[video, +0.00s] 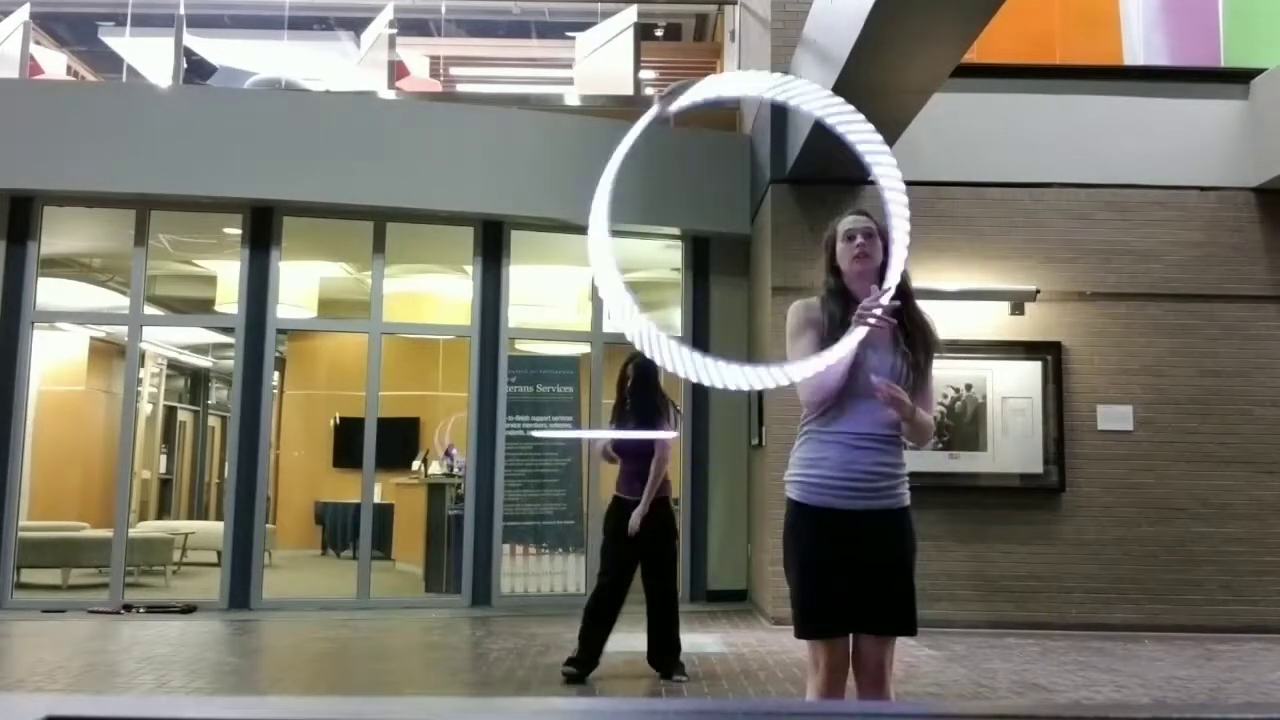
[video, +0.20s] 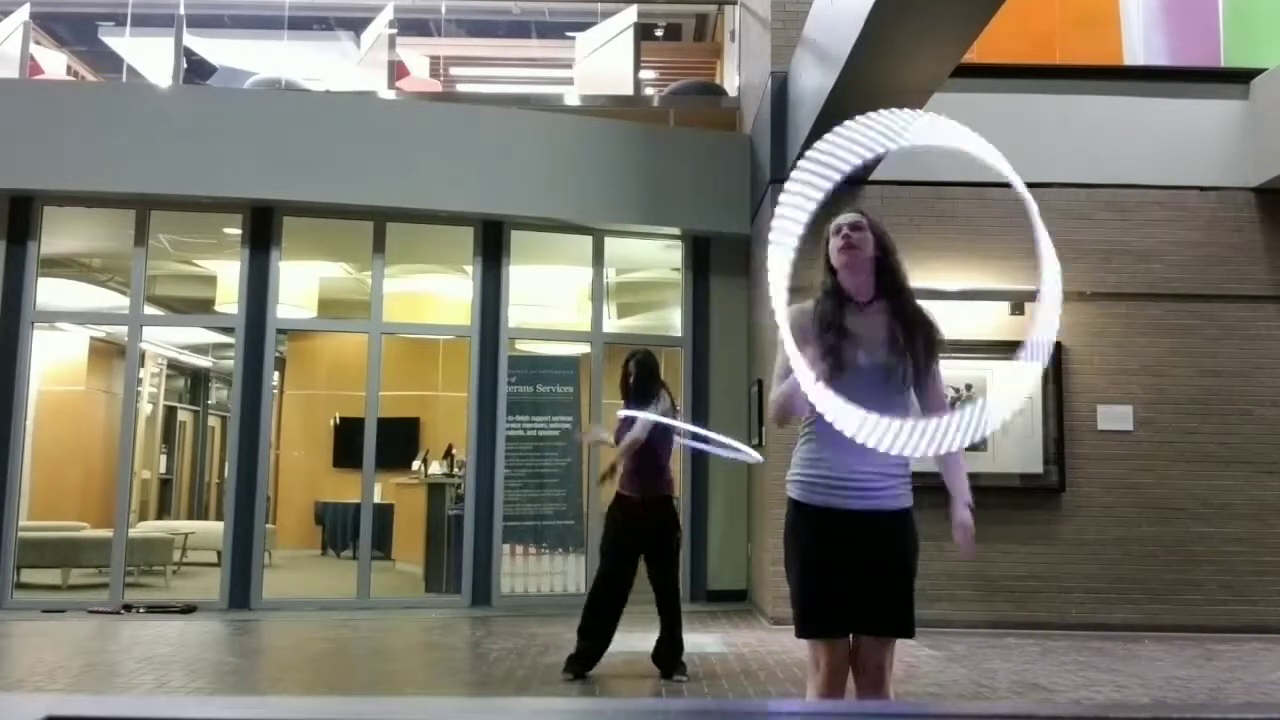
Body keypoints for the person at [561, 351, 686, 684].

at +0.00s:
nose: (630, 386)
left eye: (637, 380)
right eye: (627, 379)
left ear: (650, 380)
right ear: (622, 381)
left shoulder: (663, 410)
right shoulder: (622, 412)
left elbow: (662, 460)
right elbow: (613, 456)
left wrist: (642, 507)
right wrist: (603, 448)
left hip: (655, 509)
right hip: (622, 506)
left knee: (661, 590)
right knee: (608, 586)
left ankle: (668, 662)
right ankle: (582, 661)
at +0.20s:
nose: (632, 381)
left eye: (639, 375)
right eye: (629, 375)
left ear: (651, 375)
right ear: (624, 377)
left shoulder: (661, 403)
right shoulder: (629, 409)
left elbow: (638, 437)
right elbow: (624, 439)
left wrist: (615, 463)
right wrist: (599, 436)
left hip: (658, 508)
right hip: (625, 506)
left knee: (666, 590)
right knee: (608, 585)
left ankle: (671, 661)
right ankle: (582, 659)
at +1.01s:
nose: (602, 399)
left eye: (609, 394)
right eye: (598, 392)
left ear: (618, 398)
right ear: (589, 393)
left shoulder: (620, 429)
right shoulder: (571, 420)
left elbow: (618, 456)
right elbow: (553, 462)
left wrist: (584, 470)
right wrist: (529, 486)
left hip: (601, 522)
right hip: (566, 521)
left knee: (631, 595)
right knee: (564, 598)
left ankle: (670, 663)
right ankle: (566, 663)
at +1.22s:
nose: (597, 397)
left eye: (604, 392)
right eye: (592, 391)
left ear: (612, 399)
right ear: (582, 394)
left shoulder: (607, 427)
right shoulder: (572, 428)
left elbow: (598, 416)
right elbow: (559, 459)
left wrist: (545, 422)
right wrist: (538, 435)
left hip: (592, 525)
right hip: (559, 523)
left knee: (626, 597)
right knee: (557, 601)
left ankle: (672, 664)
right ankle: (566, 665)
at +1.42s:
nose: (593, 405)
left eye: (601, 400)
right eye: (591, 399)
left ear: (602, 410)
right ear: (583, 403)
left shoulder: (604, 434)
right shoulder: (562, 428)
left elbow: (627, 416)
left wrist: (602, 389)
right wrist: (527, 429)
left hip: (591, 526)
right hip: (556, 525)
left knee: (625, 599)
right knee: (556, 602)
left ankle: (666, 666)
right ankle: (567, 664)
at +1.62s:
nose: (621, 404)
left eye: (622, 399)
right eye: (617, 398)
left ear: (621, 401)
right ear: (603, 396)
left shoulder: (615, 420)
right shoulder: (565, 416)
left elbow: (657, 408)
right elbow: (542, 451)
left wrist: (659, 390)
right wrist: (551, 464)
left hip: (599, 521)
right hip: (567, 520)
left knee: (626, 590)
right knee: (568, 597)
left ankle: (610, 664)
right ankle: (565, 662)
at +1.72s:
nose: (628, 396)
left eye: (629, 391)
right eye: (624, 391)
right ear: (608, 393)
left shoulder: (620, 425)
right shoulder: (574, 419)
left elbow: (645, 410)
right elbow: (557, 464)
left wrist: (639, 410)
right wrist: (575, 496)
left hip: (602, 521)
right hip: (576, 520)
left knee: (625, 590)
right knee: (591, 594)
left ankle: (595, 666)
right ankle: (555, 654)